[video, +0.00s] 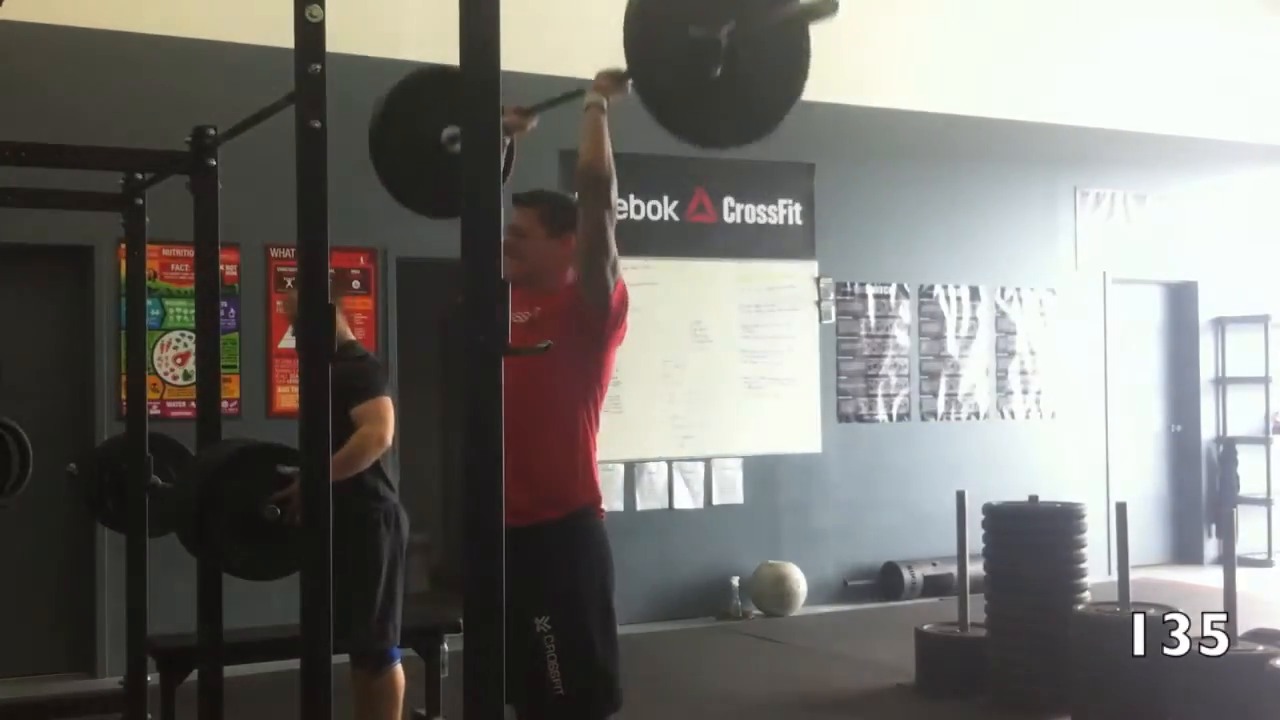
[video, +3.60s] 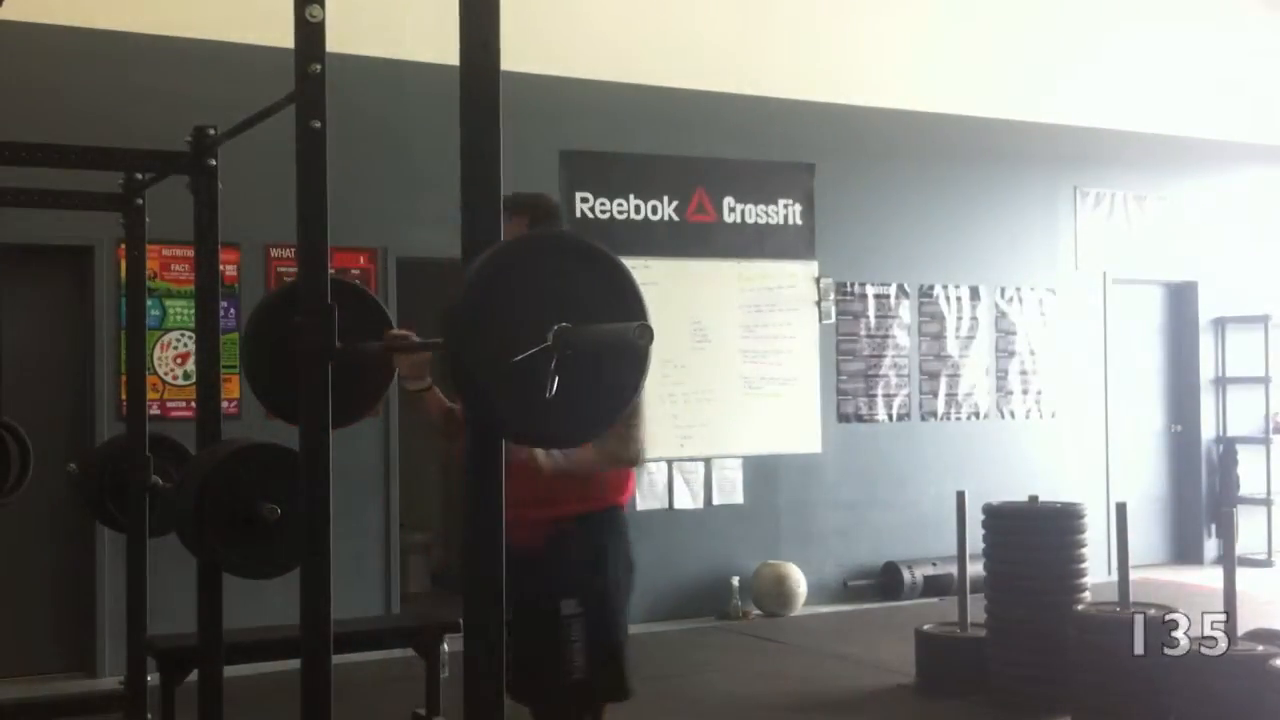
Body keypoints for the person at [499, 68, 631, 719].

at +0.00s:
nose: (507, 243)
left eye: (521, 234)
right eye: (507, 233)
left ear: (564, 241)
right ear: (509, 242)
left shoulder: (591, 307)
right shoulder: (498, 305)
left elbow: (597, 198)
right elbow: (474, 227)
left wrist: (596, 104)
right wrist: (499, 152)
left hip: (563, 527)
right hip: (495, 526)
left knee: (579, 695)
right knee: (507, 690)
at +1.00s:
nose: (573, 239)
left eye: (591, 232)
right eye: (575, 231)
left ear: (624, 260)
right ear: (563, 251)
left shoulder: (618, 326)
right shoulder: (530, 323)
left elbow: (562, 282)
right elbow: (456, 308)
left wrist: (576, 186)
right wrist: (488, 225)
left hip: (568, 527)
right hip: (503, 524)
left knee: (583, 686)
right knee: (508, 679)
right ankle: (535, 709)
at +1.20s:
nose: (577, 253)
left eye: (595, 245)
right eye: (578, 244)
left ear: (619, 268)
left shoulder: (623, 339)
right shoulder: (534, 335)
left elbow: (562, 350)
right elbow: (450, 361)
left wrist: (569, 264)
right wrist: (477, 282)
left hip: (565, 533)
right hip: (504, 530)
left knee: (573, 689)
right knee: (505, 683)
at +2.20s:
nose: (508, 257)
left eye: (525, 248)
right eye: (504, 243)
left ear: (553, 263)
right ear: (493, 248)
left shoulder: (550, 332)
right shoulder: (470, 331)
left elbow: (497, 433)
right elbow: (414, 433)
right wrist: (421, 349)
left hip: (503, 540)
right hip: (442, 538)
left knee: (493, 692)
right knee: (444, 692)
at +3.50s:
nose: (495, 266)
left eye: (507, 249)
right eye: (484, 251)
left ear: (537, 250)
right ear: (481, 262)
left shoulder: (581, 326)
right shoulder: (490, 334)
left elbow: (591, 449)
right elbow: (455, 430)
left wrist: (498, 415)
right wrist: (406, 380)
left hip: (575, 523)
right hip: (502, 522)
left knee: (574, 688)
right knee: (515, 683)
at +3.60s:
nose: (508, 263)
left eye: (521, 248)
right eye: (500, 249)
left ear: (553, 248)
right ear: (495, 256)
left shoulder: (600, 340)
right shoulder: (501, 335)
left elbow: (627, 447)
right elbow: (467, 433)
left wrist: (552, 457)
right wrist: (417, 381)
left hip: (582, 526)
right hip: (512, 526)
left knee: (582, 694)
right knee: (533, 690)